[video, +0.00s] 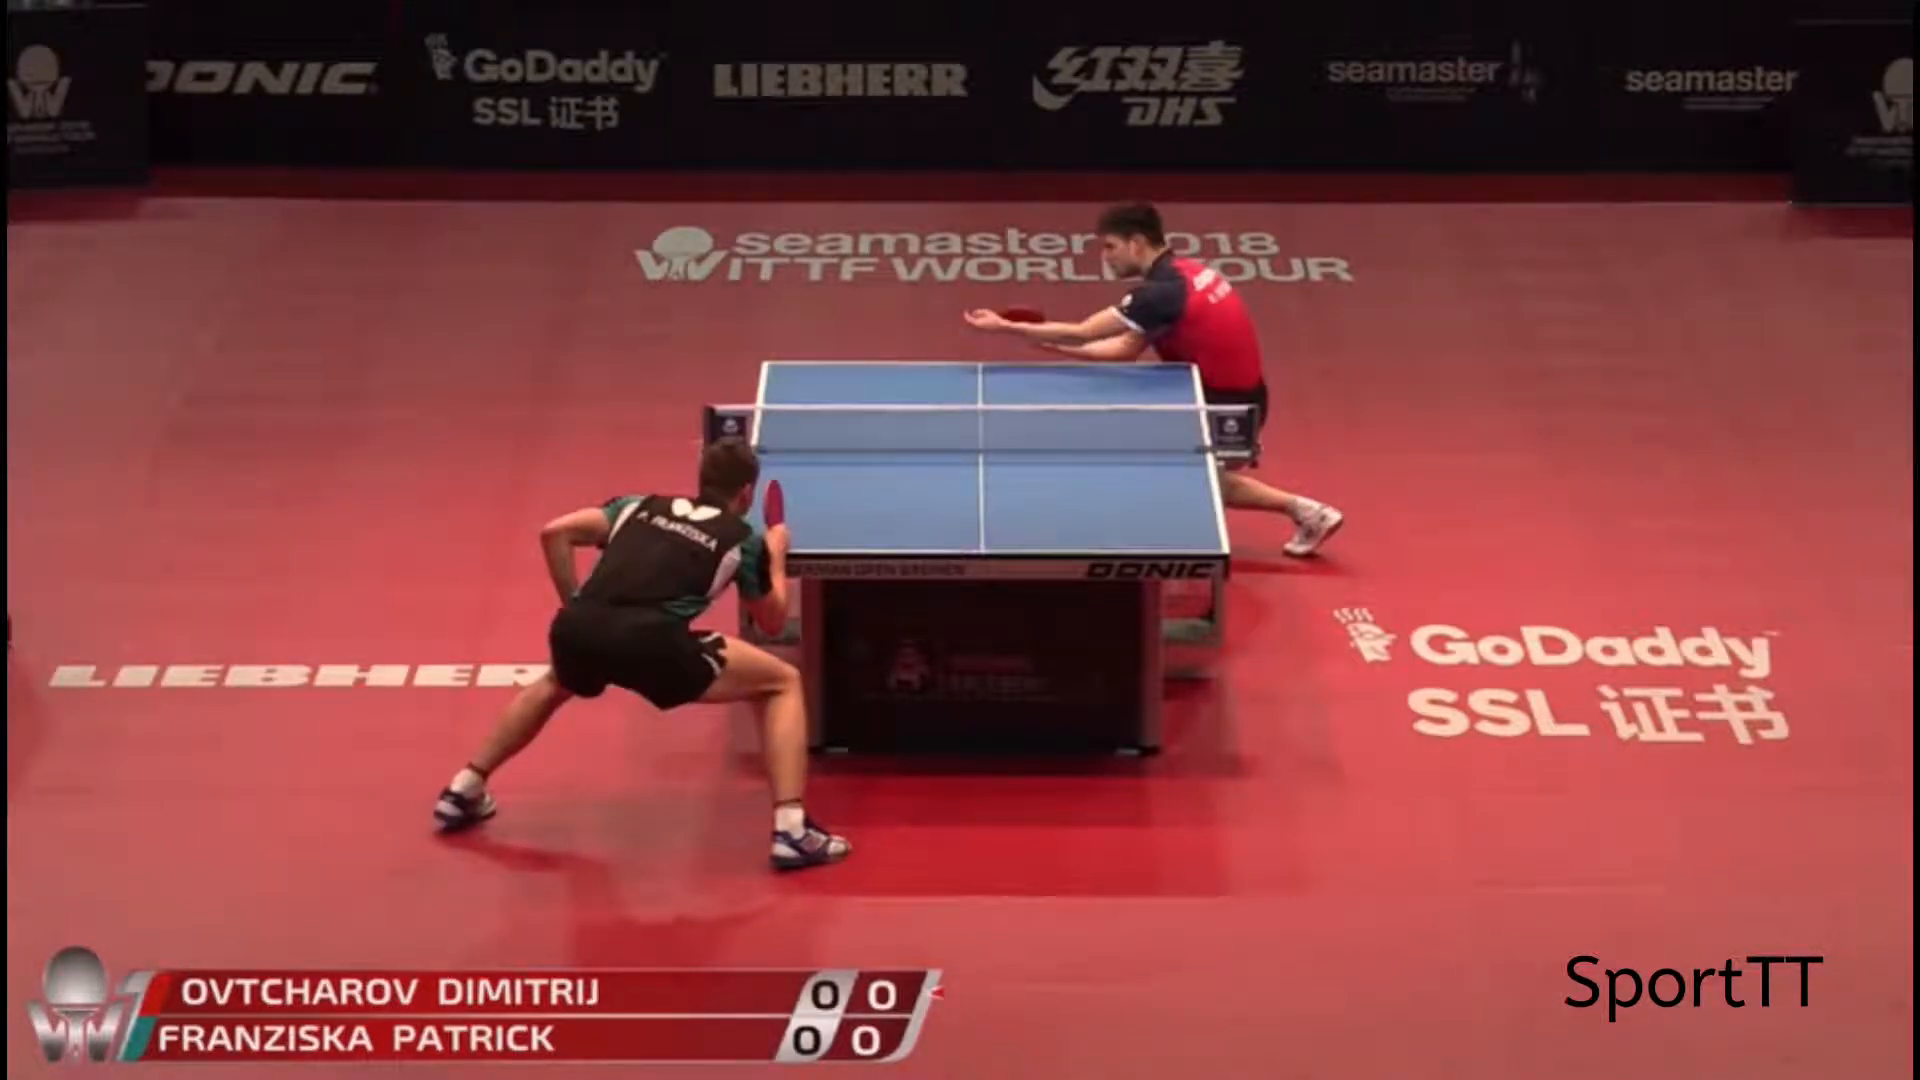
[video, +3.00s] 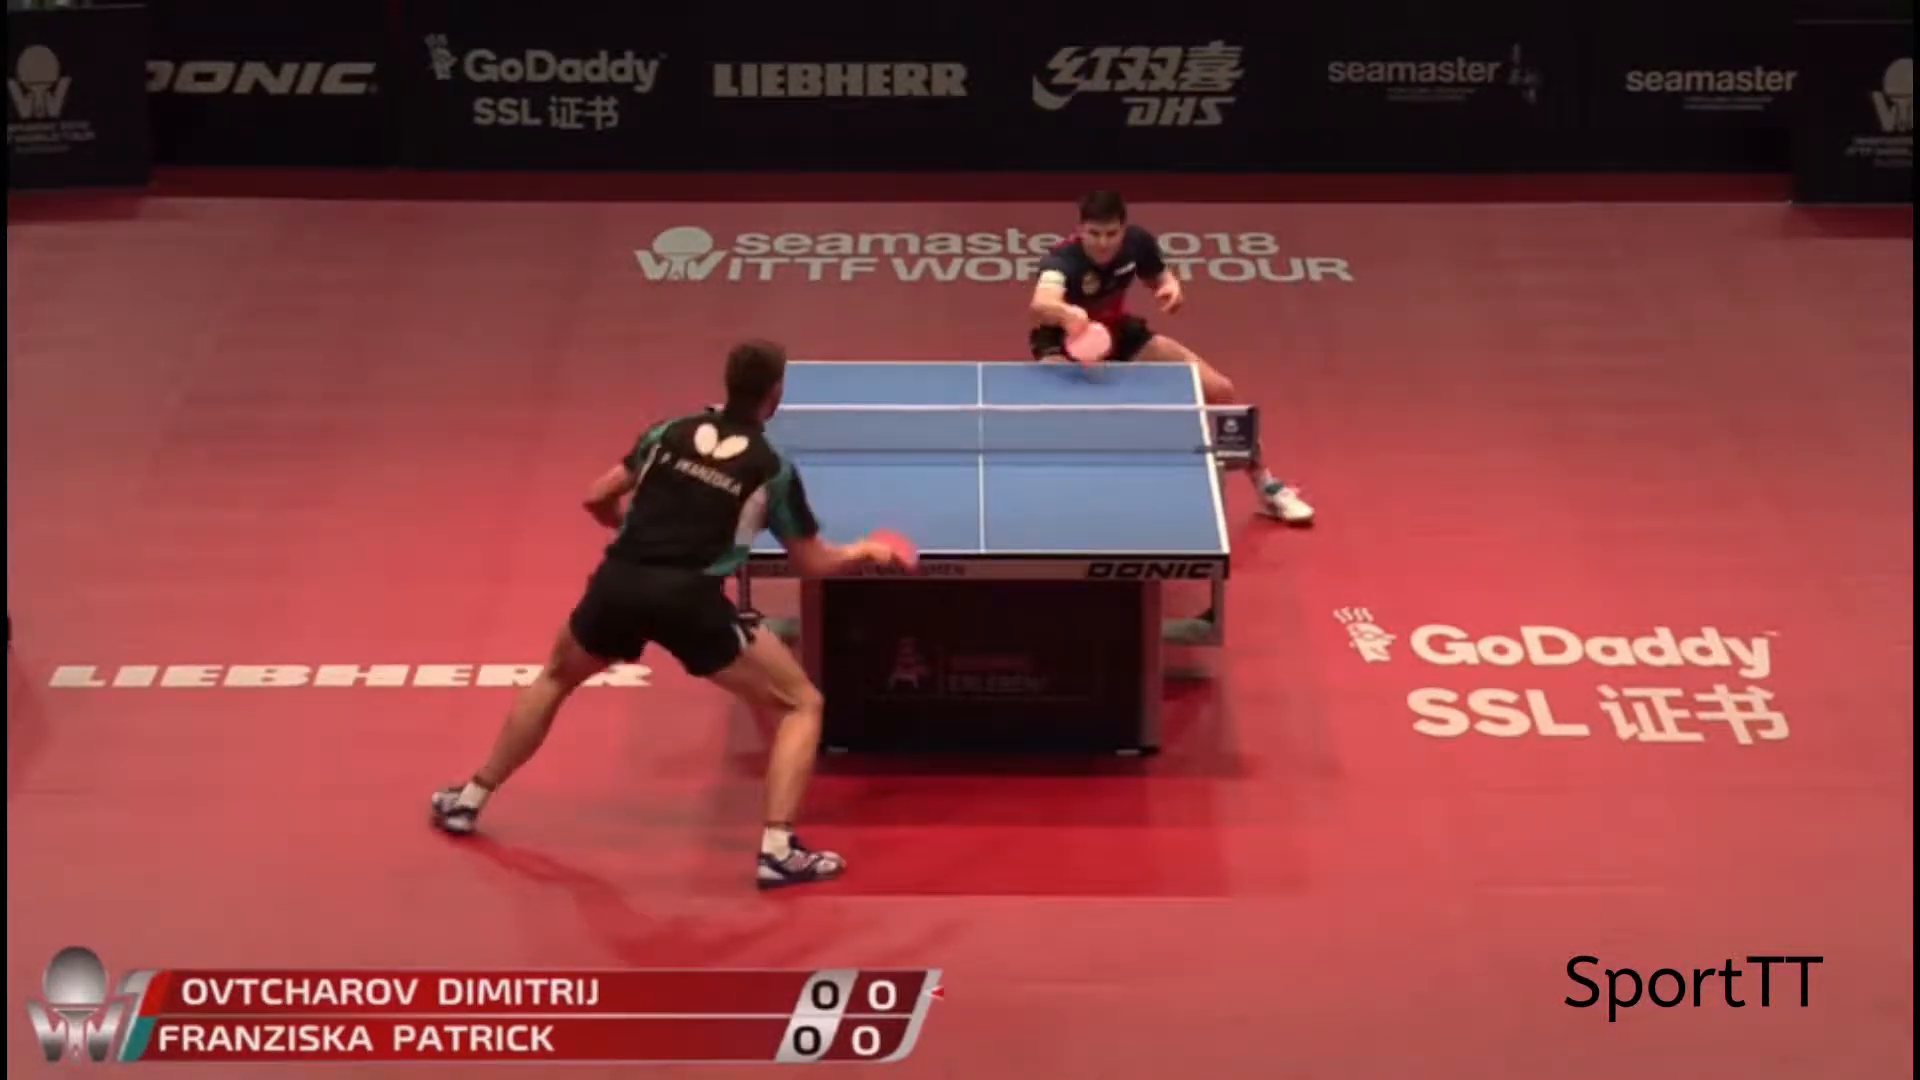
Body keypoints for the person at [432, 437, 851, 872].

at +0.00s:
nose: (753, 497)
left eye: (749, 487)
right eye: (752, 489)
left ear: (699, 480)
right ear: (744, 492)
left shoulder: (640, 506)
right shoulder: (745, 536)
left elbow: (555, 533)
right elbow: (772, 624)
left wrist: (572, 606)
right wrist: (778, 556)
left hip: (578, 629)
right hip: (654, 643)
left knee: (553, 685)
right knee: (782, 683)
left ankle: (464, 788)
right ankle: (792, 829)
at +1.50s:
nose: (752, 419)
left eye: (749, 409)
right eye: (751, 411)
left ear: (695, 405)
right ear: (741, 418)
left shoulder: (638, 443)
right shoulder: (741, 477)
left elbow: (559, 501)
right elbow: (774, 568)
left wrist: (570, 569)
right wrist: (801, 517)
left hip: (577, 583)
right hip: (650, 597)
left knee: (537, 676)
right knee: (774, 678)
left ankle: (458, 793)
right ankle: (792, 831)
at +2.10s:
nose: (743, 374)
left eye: (742, 365)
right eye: (742, 367)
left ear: (688, 359)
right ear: (732, 371)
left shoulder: (625, 390)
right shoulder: (724, 429)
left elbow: (543, 442)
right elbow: (764, 522)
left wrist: (545, 492)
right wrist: (818, 508)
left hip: (584, 549)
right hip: (659, 561)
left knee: (529, 655)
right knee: (762, 646)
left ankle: (470, 782)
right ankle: (795, 764)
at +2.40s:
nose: (760, 374)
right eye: (762, 366)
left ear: (713, 358)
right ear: (760, 371)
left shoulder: (678, 390)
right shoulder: (766, 426)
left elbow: (624, 440)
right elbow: (793, 472)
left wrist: (583, 462)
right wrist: (816, 477)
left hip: (656, 547)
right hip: (730, 553)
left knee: (566, 656)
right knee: (801, 642)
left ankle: (480, 773)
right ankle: (872, 753)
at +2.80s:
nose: (783, 358)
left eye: (776, 349)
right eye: (784, 351)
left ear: (731, 349)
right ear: (780, 359)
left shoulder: (677, 389)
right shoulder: (787, 428)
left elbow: (610, 440)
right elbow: (826, 521)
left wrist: (601, 487)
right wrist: (849, 496)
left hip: (641, 540)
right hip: (716, 552)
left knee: (570, 655)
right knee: (807, 650)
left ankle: (504, 786)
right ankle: (846, 795)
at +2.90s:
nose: (786, 390)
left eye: (774, 378)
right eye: (785, 382)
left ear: (730, 378)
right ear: (778, 390)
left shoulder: (670, 428)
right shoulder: (780, 463)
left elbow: (603, 496)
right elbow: (820, 556)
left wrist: (624, 529)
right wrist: (865, 539)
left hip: (627, 579)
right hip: (697, 595)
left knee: (556, 672)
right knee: (802, 706)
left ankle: (478, 792)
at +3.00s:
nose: (782, 397)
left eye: (775, 385)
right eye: (782, 390)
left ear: (727, 384)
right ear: (772, 396)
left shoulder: (670, 431)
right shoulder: (773, 467)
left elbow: (599, 497)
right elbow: (813, 563)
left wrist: (620, 523)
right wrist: (864, 553)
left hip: (619, 585)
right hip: (692, 601)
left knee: (554, 680)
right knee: (801, 704)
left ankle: (470, 799)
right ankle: (777, 849)